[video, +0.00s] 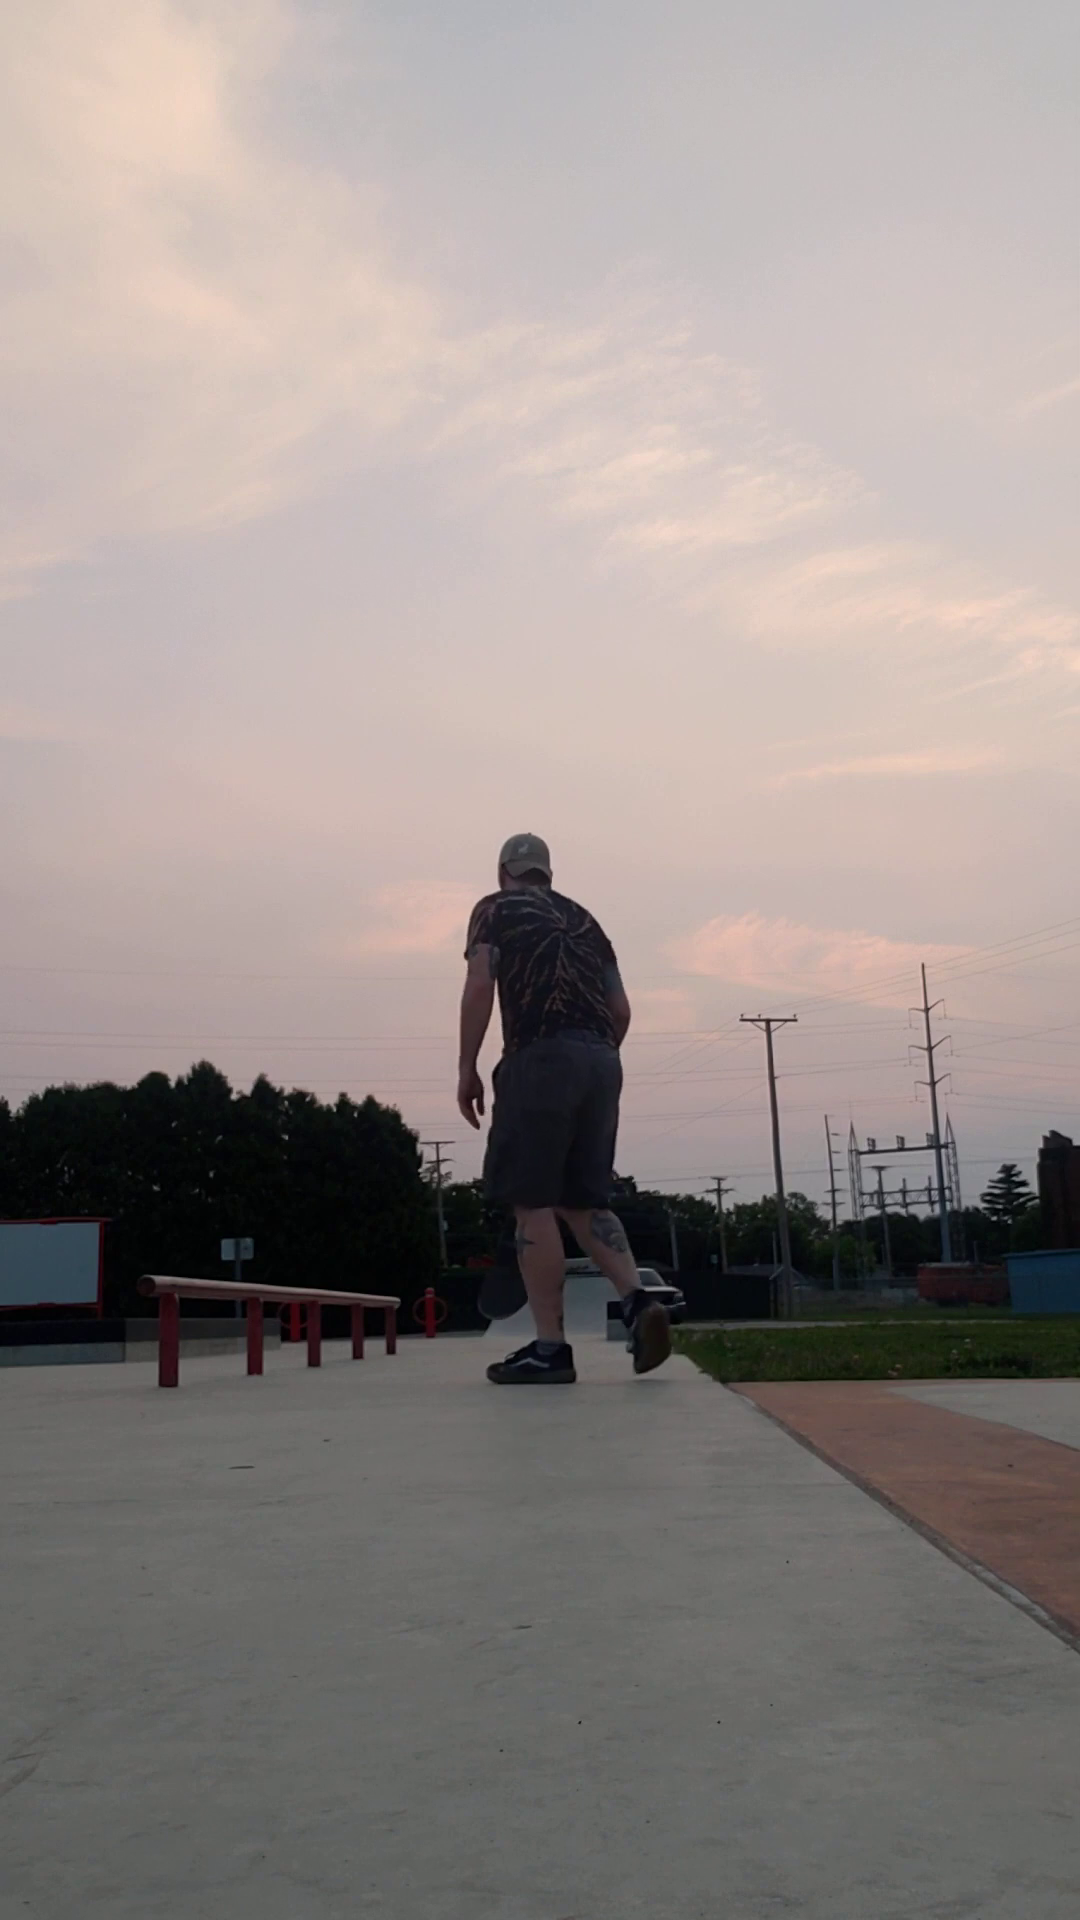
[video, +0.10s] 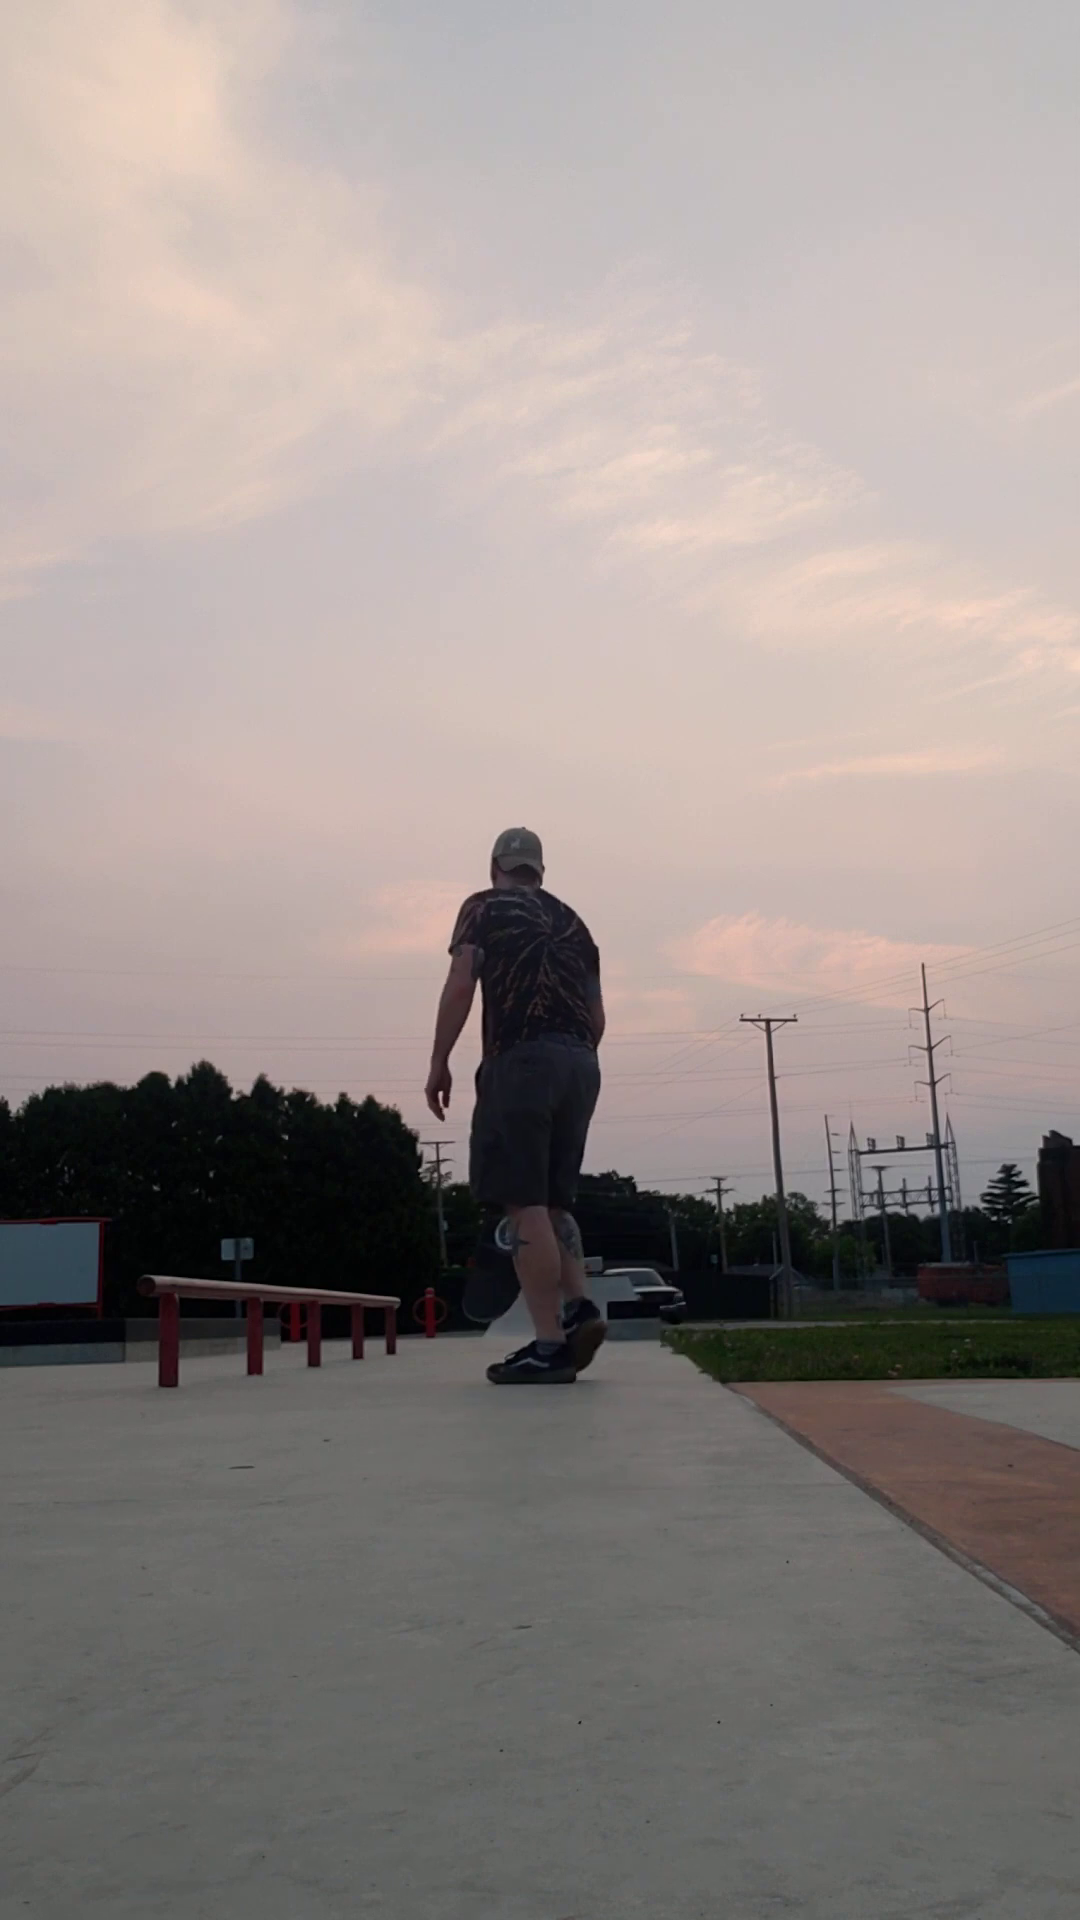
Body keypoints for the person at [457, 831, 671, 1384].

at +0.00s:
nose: (500, 883)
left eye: (499, 876)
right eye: (511, 877)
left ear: (503, 872)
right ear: (549, 873)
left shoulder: (495, 908)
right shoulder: (586, 920)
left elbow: (480, 983)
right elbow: (620, 1010)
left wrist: (467, 1067)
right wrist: (592, 1066)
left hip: (540, 1063)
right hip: (602, 1064)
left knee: (532, 1203)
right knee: (582, 1200)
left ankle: (549, 1348)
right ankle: (639, 1299)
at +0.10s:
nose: (497, 878)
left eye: (494, 870)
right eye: (515, 870)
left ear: (494, 867)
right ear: (542, 871)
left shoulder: (484, 906)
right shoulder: (575, 922)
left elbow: (462, 983)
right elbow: (596, 1016)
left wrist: (440, 1061)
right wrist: (570, 1069)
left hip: (520, 1063)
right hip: (582, 1064)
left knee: (526, 1205)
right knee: (553, 1200)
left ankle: (548, 1345)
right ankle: (579, 1307)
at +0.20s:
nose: (495, 880)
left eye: (489, 870)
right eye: (513, 870)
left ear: (486, 869)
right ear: (533, 876)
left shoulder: (471, 910)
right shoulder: (563, 931)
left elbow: (446, 988)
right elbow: (572, 1025)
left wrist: (418, 1061)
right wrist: (550, 1076)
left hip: (503, 1065)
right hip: (561, 1068)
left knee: (518, 1206)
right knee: (523, 1205)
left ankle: (550, 1348)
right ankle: (512, 1334)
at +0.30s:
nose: (489, 888)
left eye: (481, 879)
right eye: (506, 879)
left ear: (477, 877)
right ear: (523, 884)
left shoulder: (459, 918)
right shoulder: (549, 942)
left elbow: (432, 994)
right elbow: (553, 1031)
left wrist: (403, 1068)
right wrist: (543, 1088)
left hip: (484, 1076)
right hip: (543, 1081)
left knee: (512, 1213)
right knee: (496, 1216)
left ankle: (549, 1343)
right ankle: (466, 1342)